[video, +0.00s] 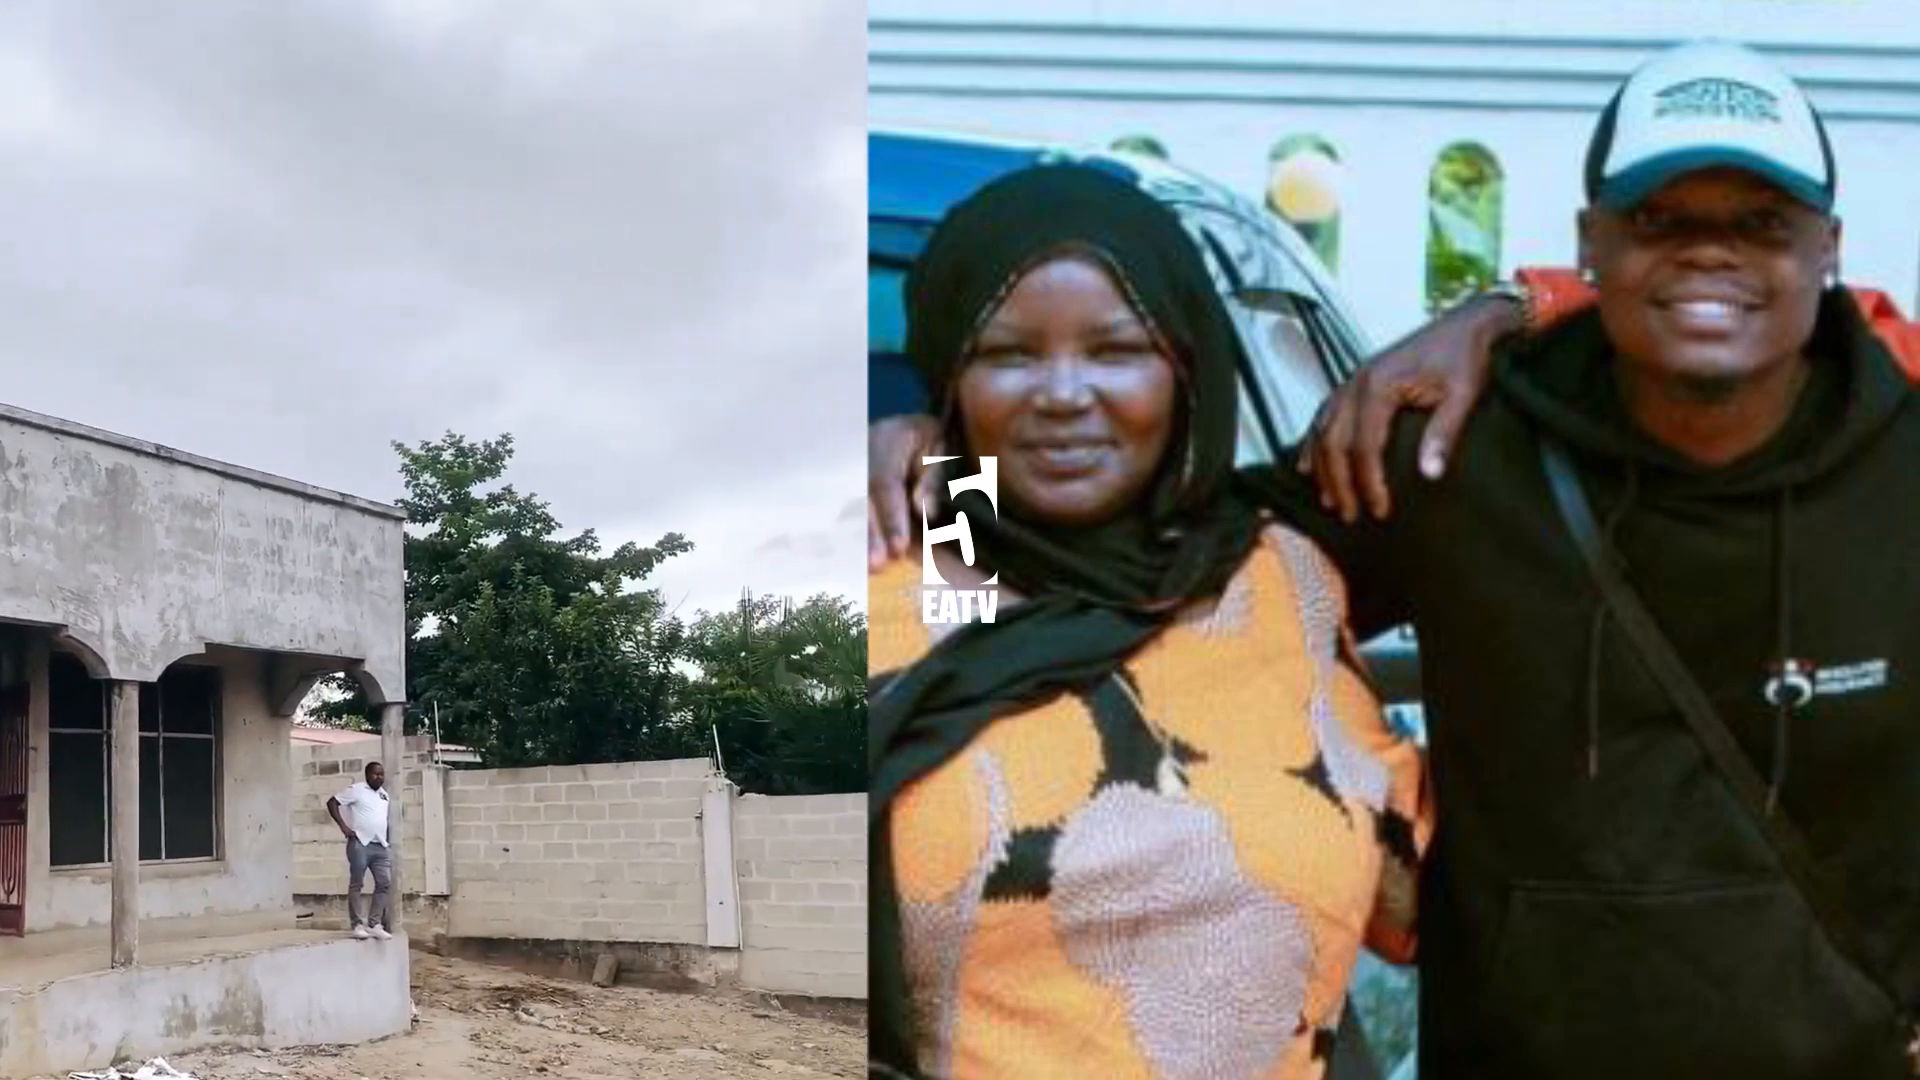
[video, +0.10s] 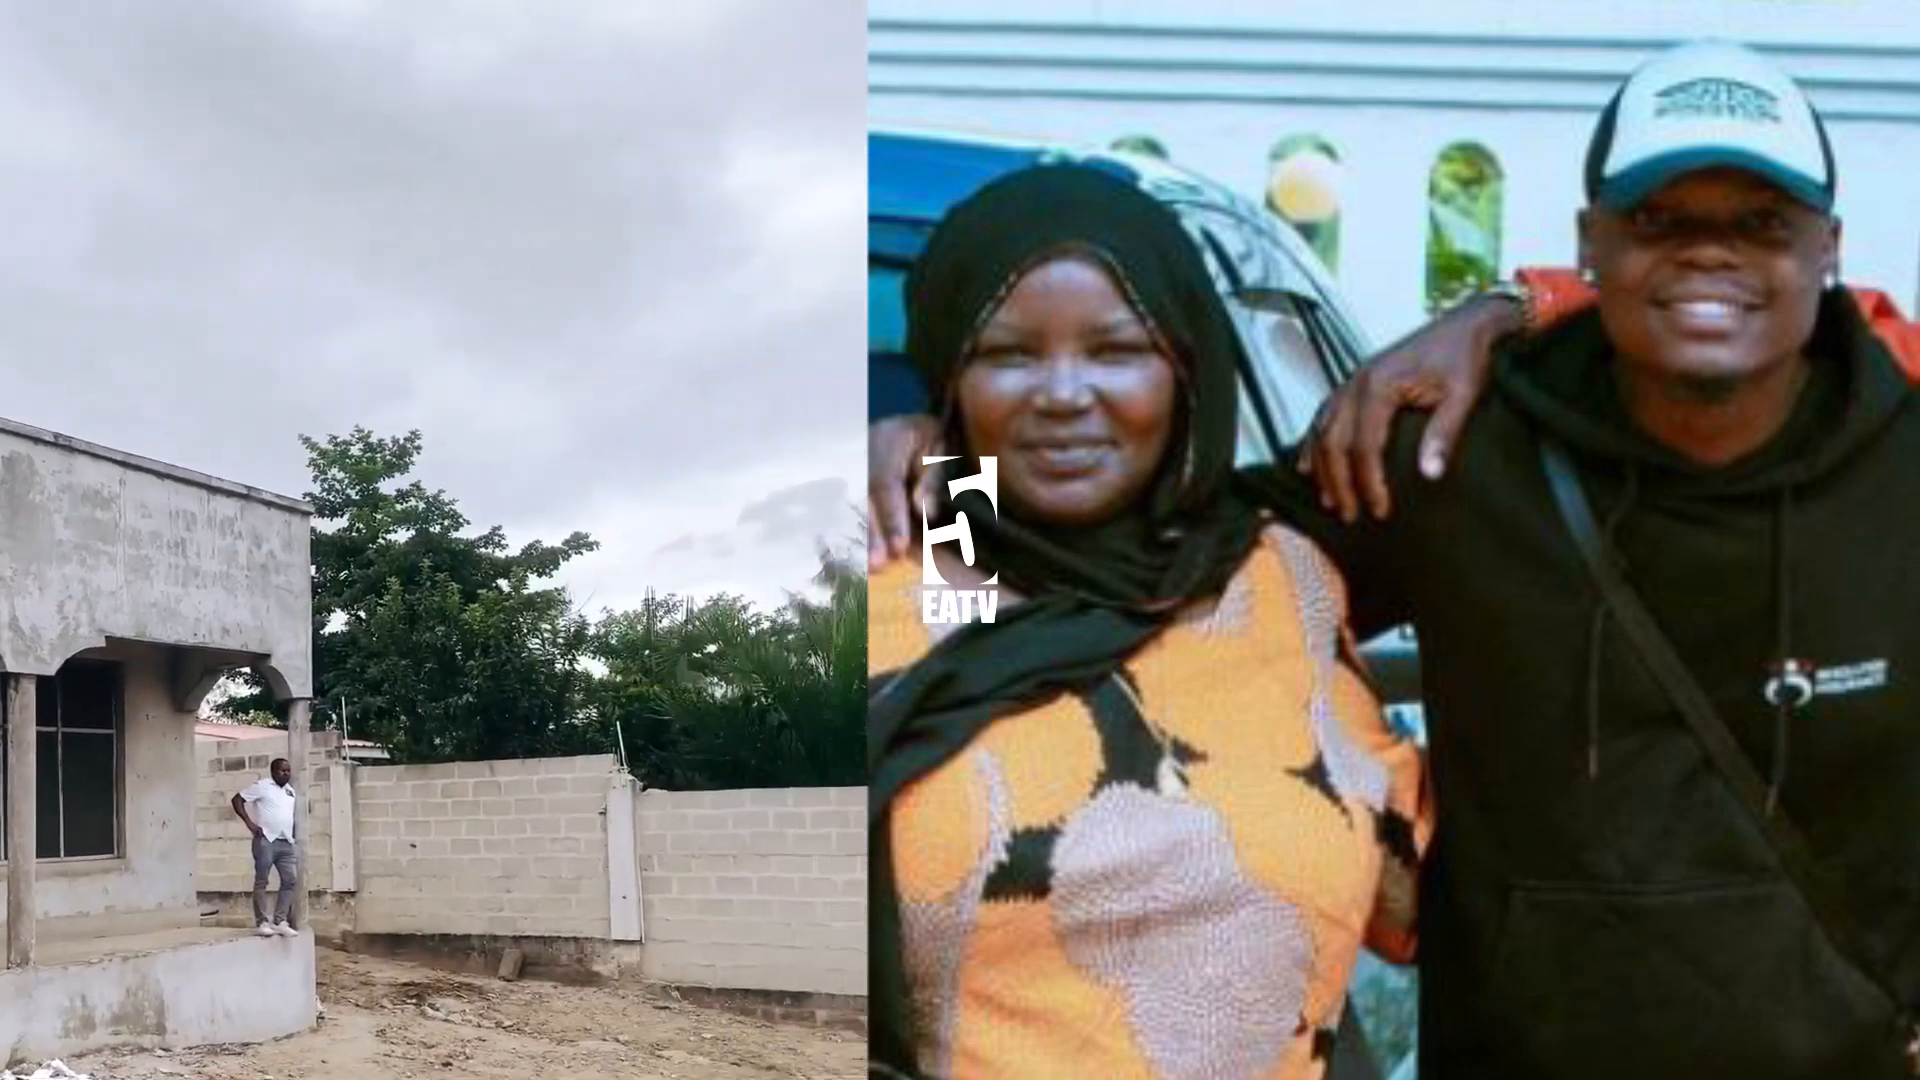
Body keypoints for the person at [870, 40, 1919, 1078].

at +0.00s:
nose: (1707, 252)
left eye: (1757, 220)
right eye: (1665, 215)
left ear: (1825, 251)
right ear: (1595, 242)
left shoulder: (1898, 442)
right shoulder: (1465, 447)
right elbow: (1174, 558)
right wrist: (955, 452)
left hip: (1848, 1037)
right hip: (1535, 1043)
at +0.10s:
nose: (1707, 251)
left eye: (1757, 219)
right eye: (1664, 214)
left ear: (1825, 250)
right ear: (1595, 242)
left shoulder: (1898, 445)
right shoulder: (1464, 449)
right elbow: (1174, 556)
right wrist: (961, 456)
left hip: (1848, 1036)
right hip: (1536, 1042)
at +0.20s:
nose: (1707, 251)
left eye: (1757, 219)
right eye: (1664, 214)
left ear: (1825, 250)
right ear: (1595, 241)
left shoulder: (1898, 444)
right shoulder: (1464, 449)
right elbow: (1173, 557)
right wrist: (959, 455)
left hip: (1848, 1037)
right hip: (1535, 1043)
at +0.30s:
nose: (1707, 251)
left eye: (1757, 219)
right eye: (1664, 214)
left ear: (1825, 250)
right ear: (1595, 241)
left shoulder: (1898, 443)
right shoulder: (1463, 448)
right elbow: (1176, 558)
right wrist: (963, 455)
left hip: (1849, 1037)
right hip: (1536, 1044)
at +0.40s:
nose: (1707, 251)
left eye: (1757, 218)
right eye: (1664, 214)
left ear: (1826, 250)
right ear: (1595, 241)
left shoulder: (1898, 443)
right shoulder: (1463, 448)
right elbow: (1172, 558)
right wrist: (959, 452)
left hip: (1848, 1037)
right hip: (1535, 1043)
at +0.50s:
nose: (1707, 251)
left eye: (1757, 218)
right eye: (1664, 214)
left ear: (1826, 250)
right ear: (1595, 241)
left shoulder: (1898, 444)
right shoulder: (1464, 449)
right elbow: (1175, 557)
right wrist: (964, 453)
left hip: (1848, 1037)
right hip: (1536, 1043)